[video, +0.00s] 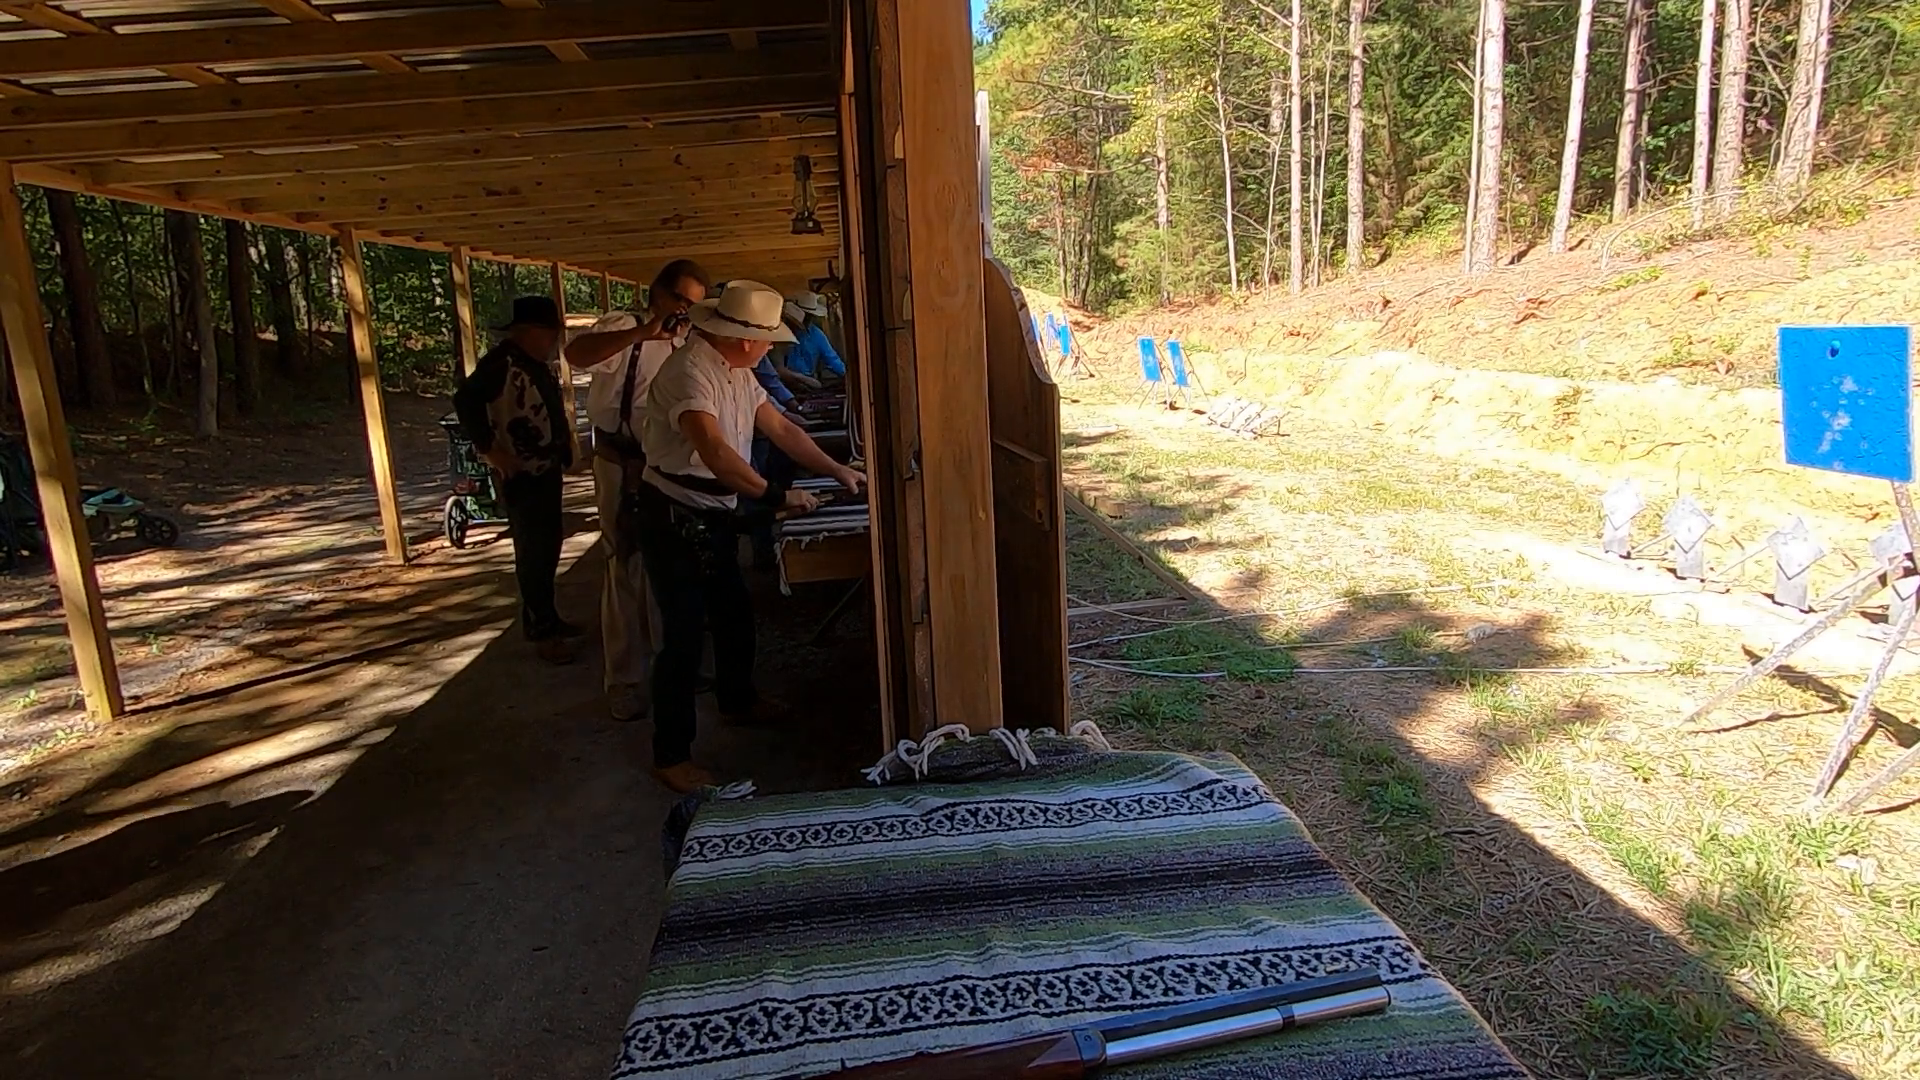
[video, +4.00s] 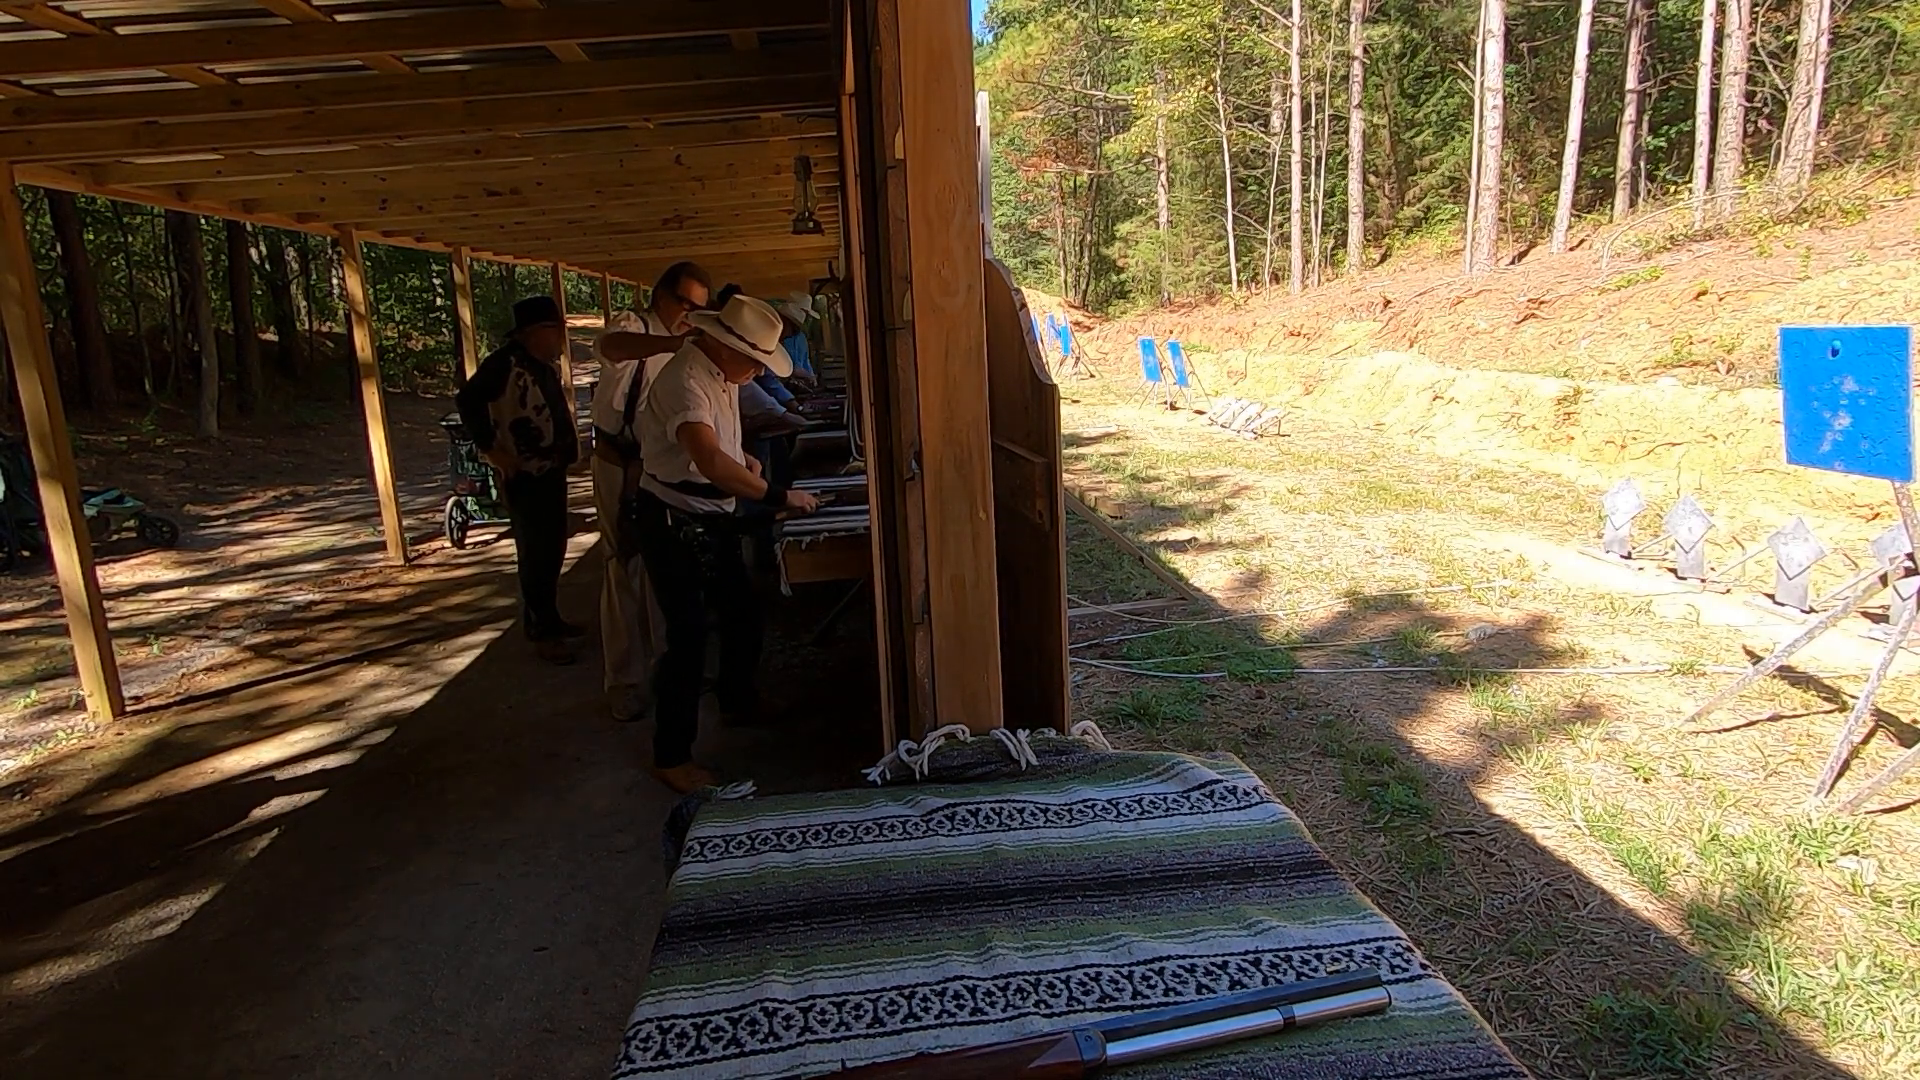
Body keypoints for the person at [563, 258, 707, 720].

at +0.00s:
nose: (684, 310)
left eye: (694, 305)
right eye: (678, 299)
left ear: (702, 307)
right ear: (656, 293)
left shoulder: (695, 346)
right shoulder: (625, 326)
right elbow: (575, 354)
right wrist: (642, 334)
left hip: (674, 463)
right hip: (619, 462)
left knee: (672, 569)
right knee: (624, 572)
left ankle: (676, 669)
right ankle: (624, 682)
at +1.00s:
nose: (686, 310)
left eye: (695, 305)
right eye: (680, 299)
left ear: (702, 308)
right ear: (657, 293)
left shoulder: (695, 346)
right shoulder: (626, 327)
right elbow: (579, 357)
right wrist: (647, 337)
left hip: (675, 465)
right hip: (620, 464)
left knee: (673, 571)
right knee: (626, 572)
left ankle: (677, 671)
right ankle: (624, 683)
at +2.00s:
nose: (686, 312)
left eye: (694, 307)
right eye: (681, 302)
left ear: (698, 309)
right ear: (659, 294)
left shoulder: (690, 346)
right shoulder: (627, 327)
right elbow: (581, 357)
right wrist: (645, 340)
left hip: (669, 463)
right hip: (618, 463)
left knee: (670, 568)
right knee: (626, 571)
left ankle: (673, 671)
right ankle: (624, 683)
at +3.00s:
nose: (690, 314)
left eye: (696, 309)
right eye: (684, 304)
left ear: (698, 310)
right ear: (659, 297)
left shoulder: (692, 347)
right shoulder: (631, 326)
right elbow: (599, 347)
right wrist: (668, 342)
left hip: (670, 464)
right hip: (619, 465)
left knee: (673, 566)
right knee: (626, 572)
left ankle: (674, 668)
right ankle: (623, 681)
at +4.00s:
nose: (690, 315)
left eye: (697, 309)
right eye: (685, 304)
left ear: (698, 311)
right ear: (660, 296)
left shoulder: (688, 344)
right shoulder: (631, 325)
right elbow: (609, 347)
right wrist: (674, 344)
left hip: (667, 463)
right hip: (619, 465)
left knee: (670, 568)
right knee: (626, 572)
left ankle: (672, 671)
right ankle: (623, 683)